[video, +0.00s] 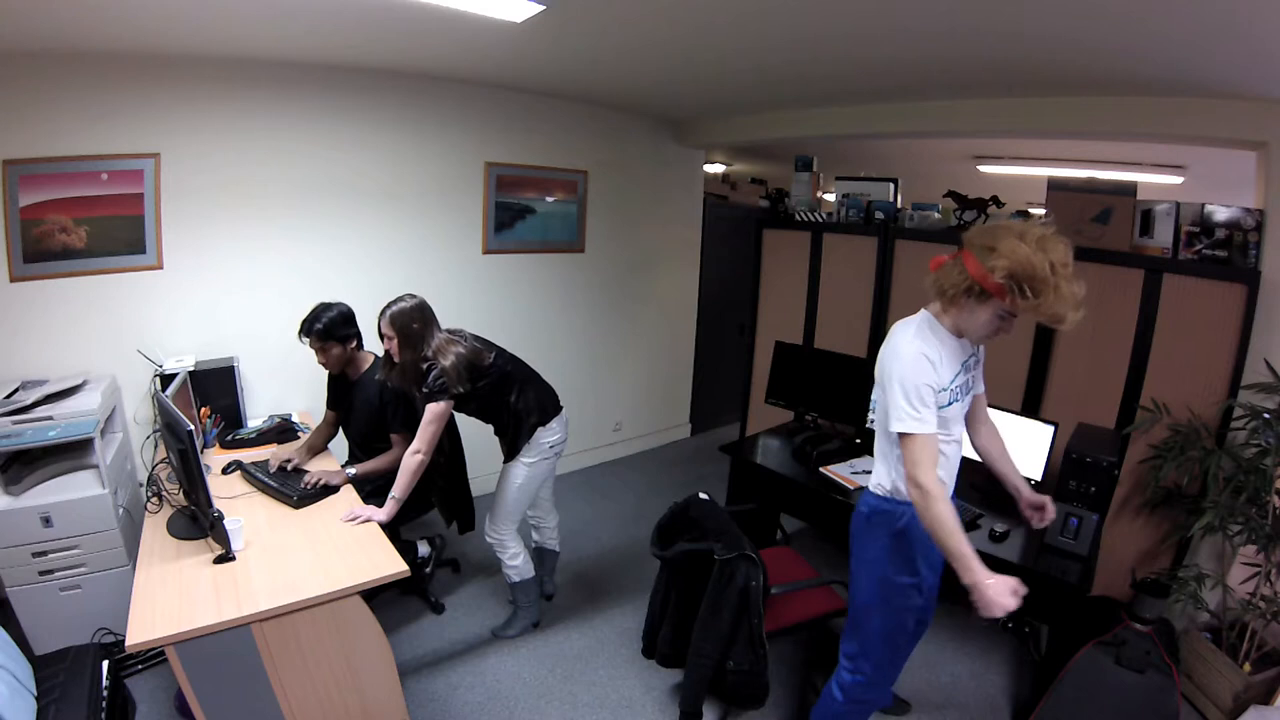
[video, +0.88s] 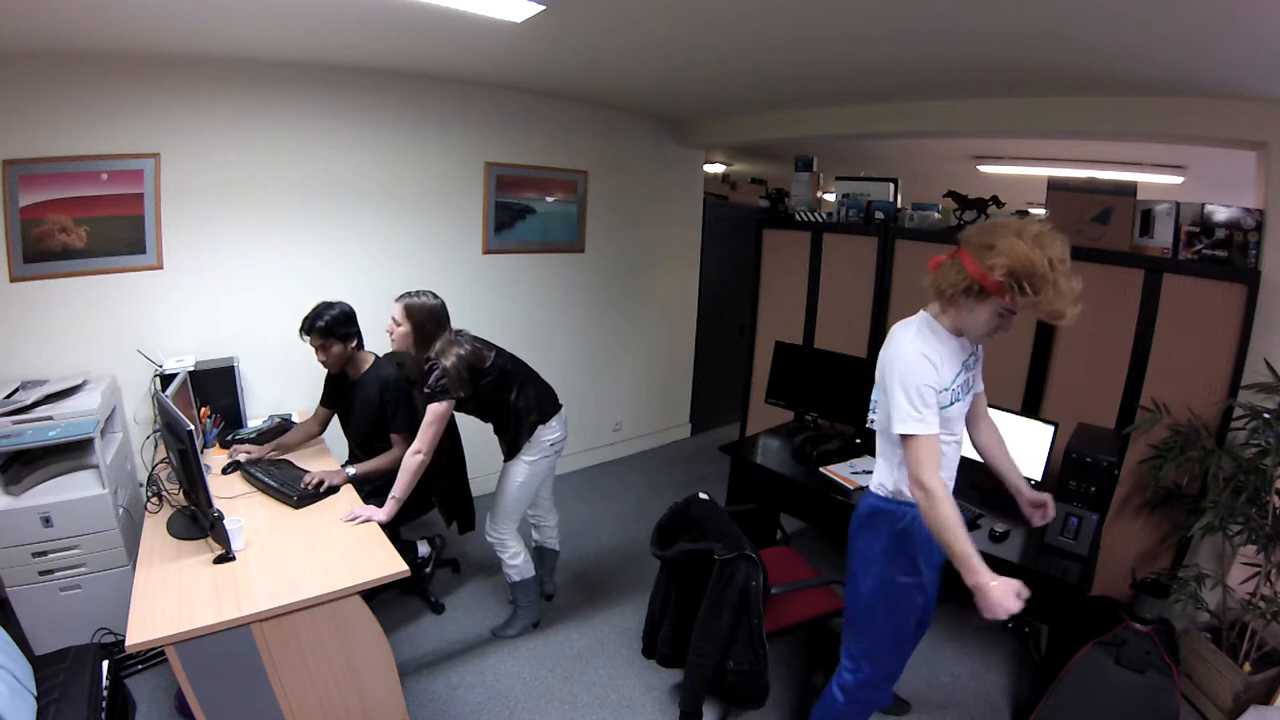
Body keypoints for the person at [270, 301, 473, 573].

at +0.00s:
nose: (319, 360)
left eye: (324, 351)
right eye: (315, 351)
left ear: (352, 344)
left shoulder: (388, 381)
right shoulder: (338, 374)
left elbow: (403, 450)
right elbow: (329, 424)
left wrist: (346, 474)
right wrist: (302, 452)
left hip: (402, 477)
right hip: (362, 474)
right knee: (318, 512)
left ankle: (419, 553)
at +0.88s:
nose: (319, 357)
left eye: (325, 348)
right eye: (316, 350)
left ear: (352, 343)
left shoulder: (390, 380)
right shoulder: (338, 375)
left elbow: (404, 451)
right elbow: (317, 423)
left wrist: (346, 473)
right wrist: (268, 449)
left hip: (403, 480)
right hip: (362, 475)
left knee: (341, 528)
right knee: (314, 513)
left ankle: (417, 552)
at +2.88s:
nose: (312, 356)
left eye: (317, 348)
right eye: (310, 348)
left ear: (344, 345)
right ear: (336, 347)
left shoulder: (389, 381)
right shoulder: (337, 378)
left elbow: (405, 448)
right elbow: (312, 428)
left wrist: (346, 473)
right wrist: (261, 452)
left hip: (413, 477)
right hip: (372, 470)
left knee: (352, 530)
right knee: (322, 513)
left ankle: (417, 554)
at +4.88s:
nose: (318, 356)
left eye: (323, 347)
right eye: (315, 348)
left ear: (351, 341)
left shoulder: (389, 380)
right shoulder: (337, 377)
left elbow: (404, 450)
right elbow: (312, 428)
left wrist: (346, 473)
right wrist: (258, 454)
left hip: (410, 477)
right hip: (368, 472)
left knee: (351, 534)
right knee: (320, 515)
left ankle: (418, 554)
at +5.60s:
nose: (317, 359)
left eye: (322, 350)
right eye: (313, 351)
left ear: (350, 343)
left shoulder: (388, 381)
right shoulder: (336, 375)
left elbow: (405, 450)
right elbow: (319, 428)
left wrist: (346, 473)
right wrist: (268, 450)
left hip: (409, 478)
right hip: (367, 471)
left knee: (349, 532)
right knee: (319, 512)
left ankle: (417, 554)